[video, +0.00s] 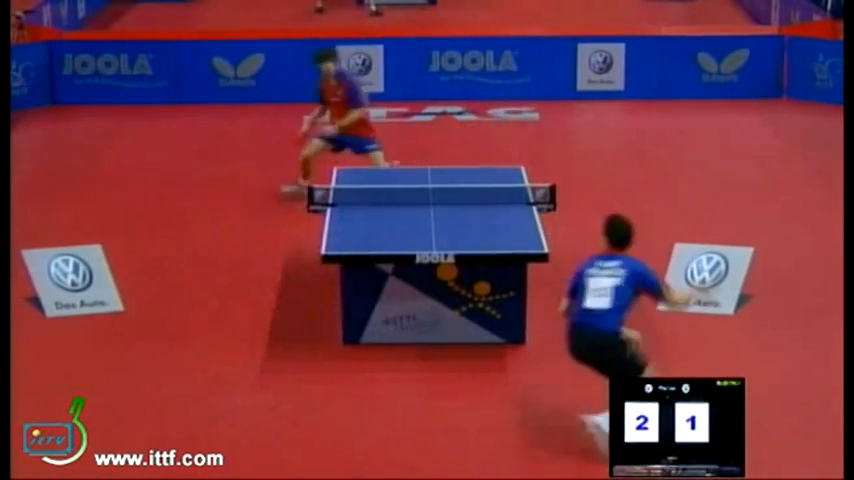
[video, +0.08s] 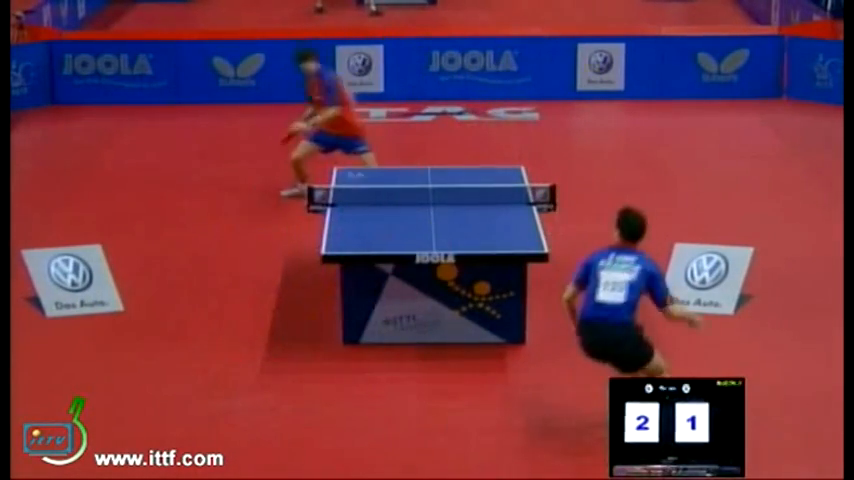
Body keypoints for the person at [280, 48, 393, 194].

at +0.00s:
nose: (327, 67)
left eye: (330, 63)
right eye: (323, 64)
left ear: (335, 64)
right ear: (319, 66)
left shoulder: (347, 82)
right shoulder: (323, 83)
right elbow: (324, 106)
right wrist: (310, 121)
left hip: (360, 133)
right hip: (337, 132)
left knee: (380, 168)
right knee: (305, 155)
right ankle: (305, 186)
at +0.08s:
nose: (307, 68)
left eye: (309, 63)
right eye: (304, 65)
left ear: (316, 62)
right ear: (301, 67)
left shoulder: (329, 79)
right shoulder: (310, 80)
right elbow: (314, 106)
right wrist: (300, 124)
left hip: (350, 132)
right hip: (327, 131)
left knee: (372, 169)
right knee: (296, 158)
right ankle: (303, 186)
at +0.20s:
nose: (274, 75)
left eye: (275, 70)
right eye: (272, 71)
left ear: (282, 67)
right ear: (272, 71)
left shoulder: (297, 80)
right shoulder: (290, 82)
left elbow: (301, 111)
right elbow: (298, 113)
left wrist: (281, 131)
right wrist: (282, 133)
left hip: (331, 132)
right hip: (311, 131)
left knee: (337, 175)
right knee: (286, 159)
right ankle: (301, 186)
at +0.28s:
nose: (257, 84)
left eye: (257, 80)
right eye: (255, 81)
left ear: (262, 75)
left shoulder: (280, 84)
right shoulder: (275, 87)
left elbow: (291, 108)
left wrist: (279, 131)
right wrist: (271, 135)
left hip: (320, 127)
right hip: (302, 128)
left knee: (311, 165)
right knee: (280, 159)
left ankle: (341, 178)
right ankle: (300, 185)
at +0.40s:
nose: (236, 91)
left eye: (235, 87)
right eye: (233, 89)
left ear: (240, 82)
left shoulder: (261, 86)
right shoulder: (254, 93)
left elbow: (289, 94)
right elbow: (272, 116)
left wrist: (302, 110)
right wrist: (251, 130)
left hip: (300, 126)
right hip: (286, 127)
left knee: (275, 157)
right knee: (269, 161)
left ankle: (300, 186)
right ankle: (292, 190)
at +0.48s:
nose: (227, 87)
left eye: (228, 82)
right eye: (224, 84)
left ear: (236, 77)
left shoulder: (259, 81)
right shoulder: (242, 93)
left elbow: (286, 94)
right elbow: (243, 119)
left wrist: (282, 106)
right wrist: (214, 120)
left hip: (285, 130)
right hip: (270, 132)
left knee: (258, 156)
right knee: (258, 169)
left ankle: (266, 202)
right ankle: (293, 179)